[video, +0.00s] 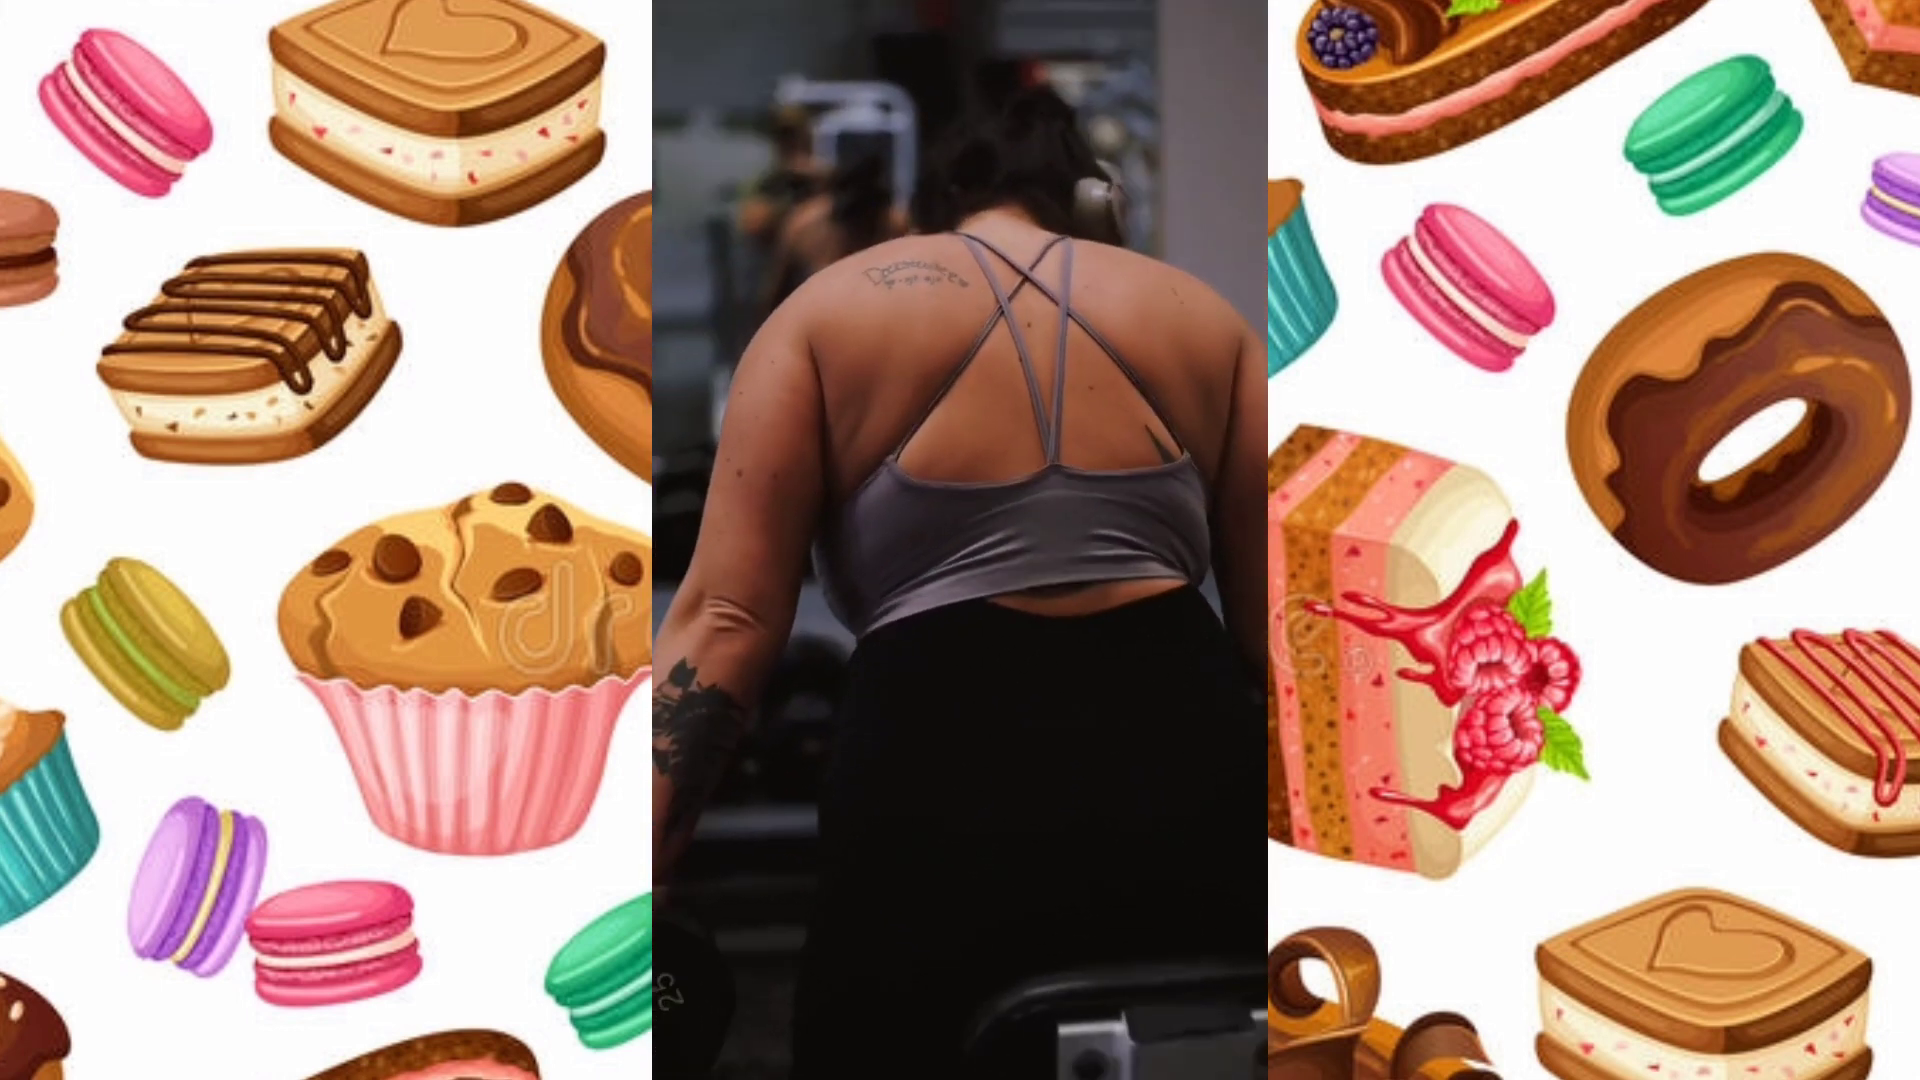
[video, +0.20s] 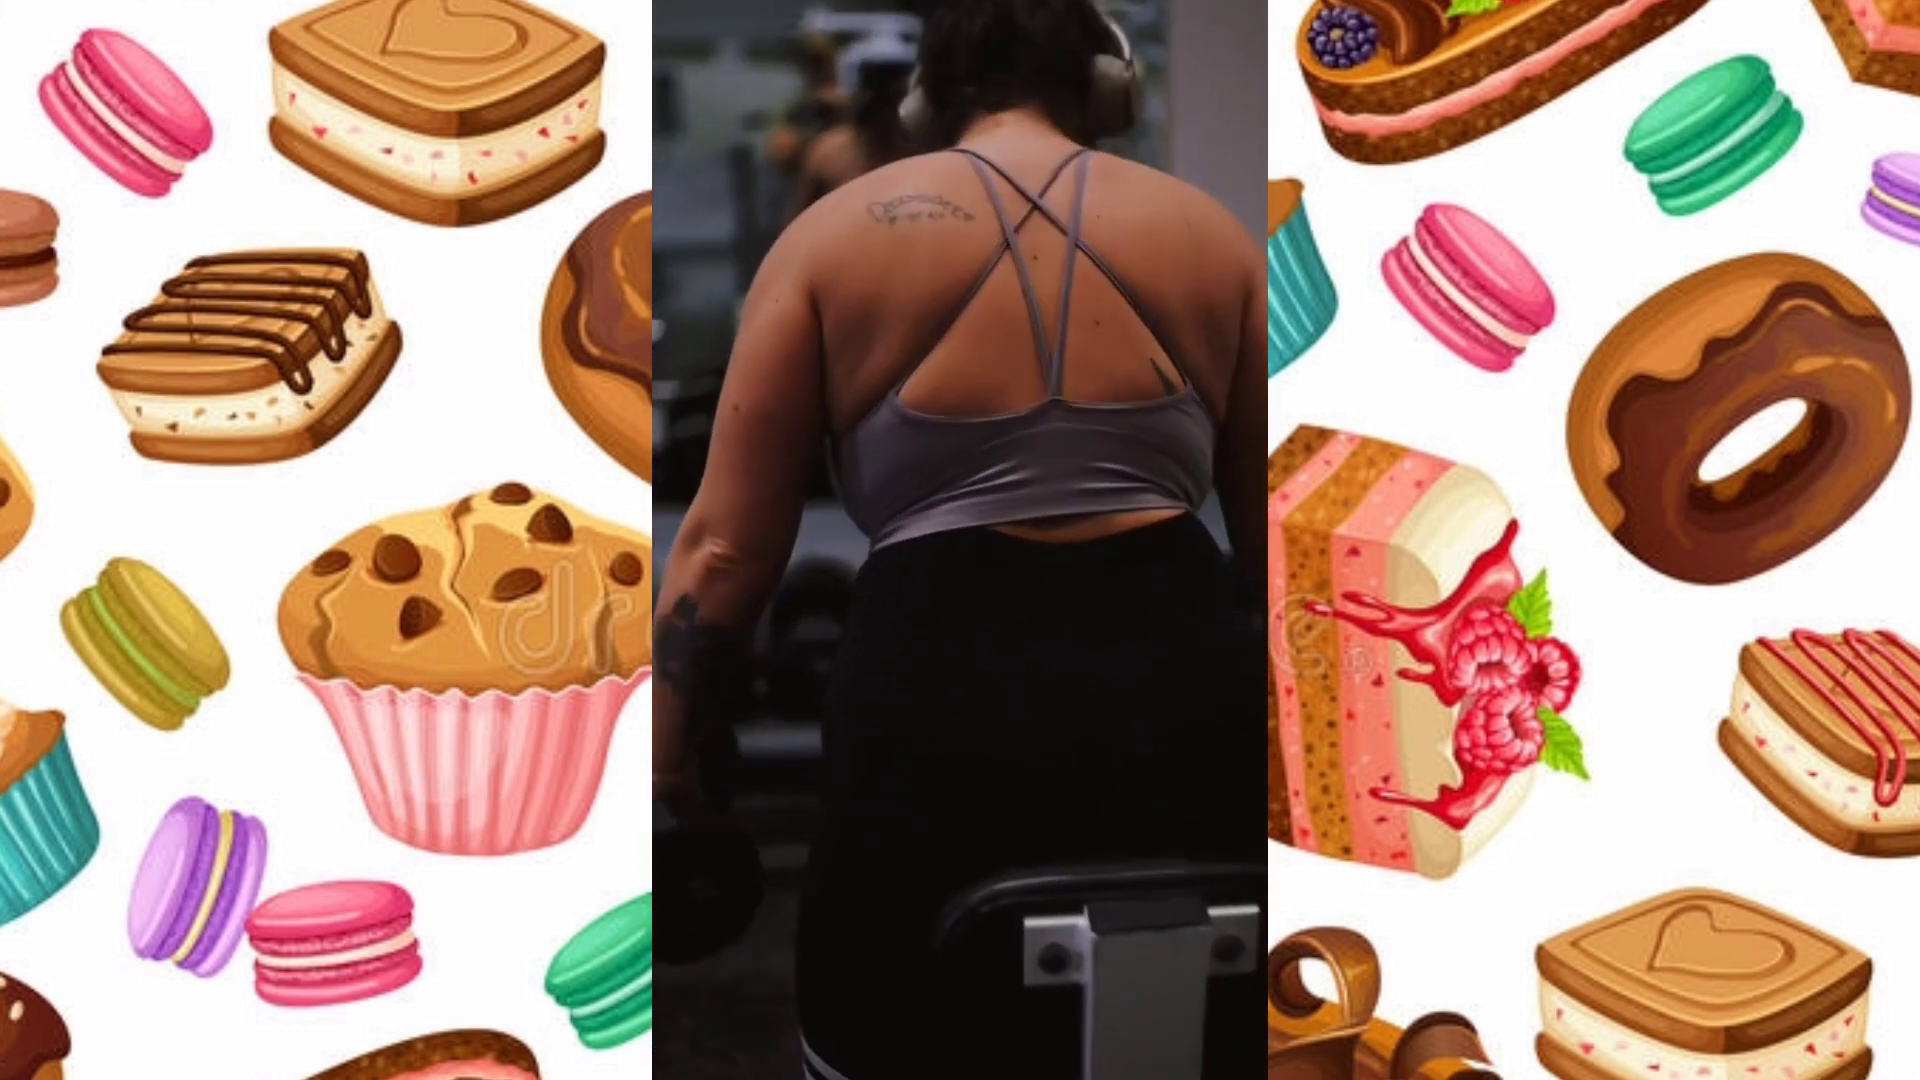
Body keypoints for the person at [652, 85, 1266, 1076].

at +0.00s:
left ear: (937, 192)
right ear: (1083, 190)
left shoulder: (827, 316)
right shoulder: (1201, 317)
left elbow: (726, 614)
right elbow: (1274, 620)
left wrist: (622, 864)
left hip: (933, 762)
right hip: (1184, 751)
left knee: (886, 1050)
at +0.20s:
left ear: (928, 92)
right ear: (1101, 86)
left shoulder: (830, 240)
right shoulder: (1208, 232)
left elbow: (725, 556)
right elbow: (1280, 532)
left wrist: (666, 755)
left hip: (933, 691)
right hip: (1183, 677)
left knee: (881, 1023)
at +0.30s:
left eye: (903, 25)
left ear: (915, 35)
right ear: (1091, 37)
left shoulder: (820, 207)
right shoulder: (1200, 199)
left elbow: (716, 530)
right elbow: (1286, 496)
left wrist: (701, 652)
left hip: (918, 681)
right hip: (1165, 665)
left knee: (879, 1034)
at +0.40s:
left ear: (896, 22)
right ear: (1062, 20)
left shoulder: (793, 198)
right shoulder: (1170, 186)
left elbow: (700, 512)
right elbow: (1264, 477)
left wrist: (721, 556)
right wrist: (1207, 514)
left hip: (890, 659)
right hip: (1132, 648)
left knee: (853, 1039)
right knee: (1154, 1016)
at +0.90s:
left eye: (786, 100)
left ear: (790, 125)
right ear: (967, 117)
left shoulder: (712, 318)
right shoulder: (1072, 304)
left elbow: (667, 594)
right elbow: (1161, 560)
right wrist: (1092, 464)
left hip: (815, 746)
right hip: (1038, 734)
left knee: (788, 1044)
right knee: (1049, 1036)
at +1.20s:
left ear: (708, 175)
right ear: (867, 162)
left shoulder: (648, 337)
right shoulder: (969, 328)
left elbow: (584, 555)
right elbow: (1053, 559)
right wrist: (1074, 611)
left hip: (725, 734)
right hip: (930, 719)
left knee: (720, 1044)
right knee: (957, 1038)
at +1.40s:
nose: (765, 231)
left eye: (770, 215)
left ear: (780, 238)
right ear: (945, 228)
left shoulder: (711, 414)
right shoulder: (1047, 382)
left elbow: (687, 681)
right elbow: (1154, 608)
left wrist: (774, 618)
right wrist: (1077, 627)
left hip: (848, 806)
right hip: (1053, 780)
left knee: (761, 1051)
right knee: (1042, 1052)